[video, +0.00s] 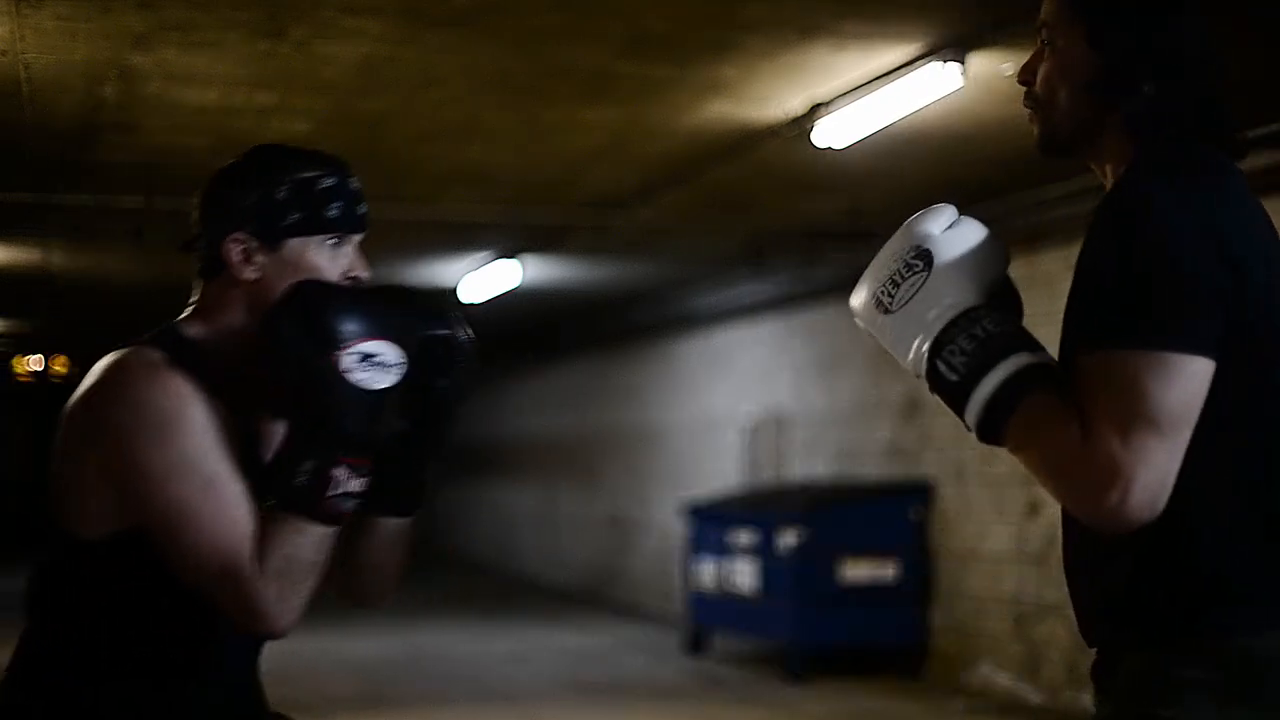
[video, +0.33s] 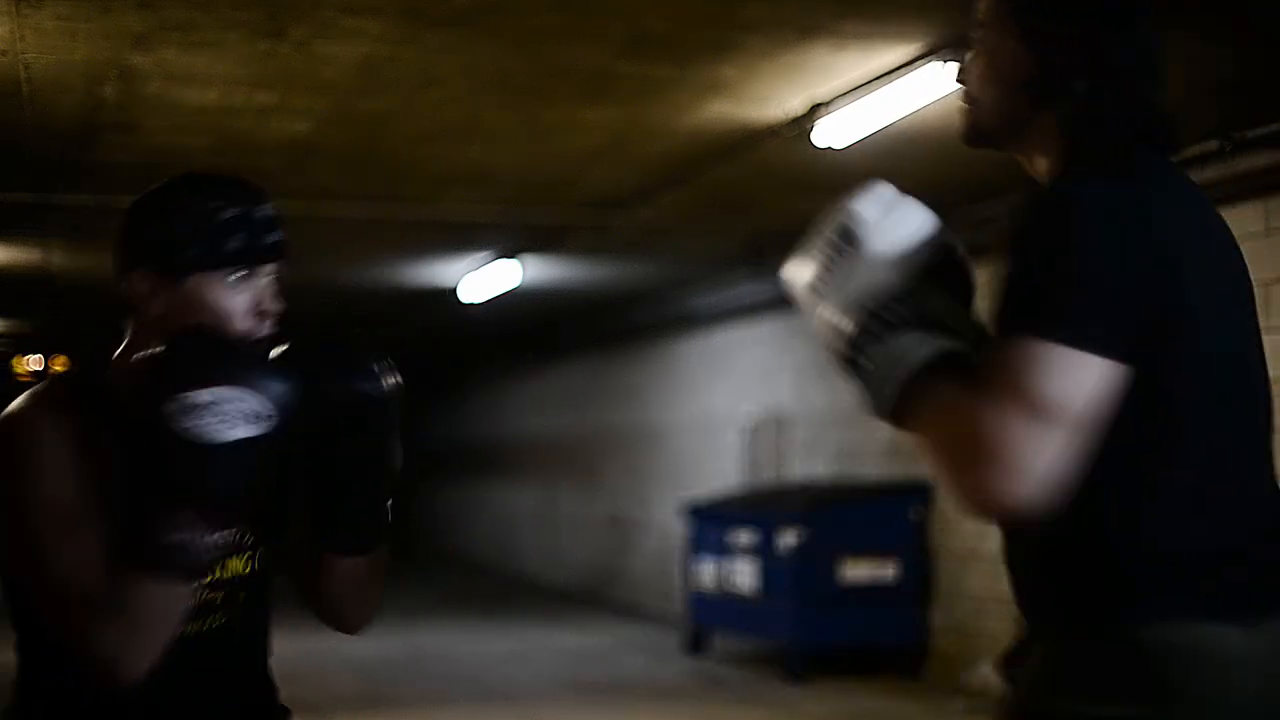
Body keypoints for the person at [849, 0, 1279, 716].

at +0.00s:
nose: (1025, 76)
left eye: (1049, 46)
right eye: (1037, 48)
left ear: (1123, 62)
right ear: (1132, 66)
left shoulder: (1172, 212)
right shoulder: (1193, 204)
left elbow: (1120, 482)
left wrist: (965, 343)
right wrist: (992, 336)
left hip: (1197, 673)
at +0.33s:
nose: (964, 67)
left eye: (985, 43)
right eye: (973, 44)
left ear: (1053, 55)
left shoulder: (1098, 211)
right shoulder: (1160, 201)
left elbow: (1012, 467)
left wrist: (886, 335)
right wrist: (947, 322)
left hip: (1140, 660)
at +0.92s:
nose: (932, 47)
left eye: (953, 20)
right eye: (942, 23)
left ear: (1014, 31)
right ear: (1039, 38)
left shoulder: (1065, 184)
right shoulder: (1112, 178)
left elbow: (1076, 461)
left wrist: (878, 565)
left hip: (1128, 661)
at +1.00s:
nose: (975, 59)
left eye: (994, 32)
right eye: (984, 35)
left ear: (1059, 45)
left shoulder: (1115, 197)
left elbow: (1129, 461)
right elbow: (1098, 449)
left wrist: (949, 501)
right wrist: (943, 467)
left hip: (1170, 662)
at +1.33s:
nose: (1078, 70)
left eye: (1101, 36)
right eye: (1090, 40)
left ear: (1172, 44)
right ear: (1171, 49)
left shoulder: (1222, 189)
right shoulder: (1214, 184)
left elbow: (1191, 461)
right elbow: (1185, 446)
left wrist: (1011, 364)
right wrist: (1030, 353)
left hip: (1225, 661)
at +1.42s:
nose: (1069, 69)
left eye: (1094, 36)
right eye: (1082, 38)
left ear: (1167, 46)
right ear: (1169, 50)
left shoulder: (1212, 190)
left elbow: (1175, 464)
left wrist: (1001, 354)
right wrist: (1026, 341)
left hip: (1207, 662)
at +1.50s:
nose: (1042, 66)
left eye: (1069, 37)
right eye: (1054, 39)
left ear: (1136, 49)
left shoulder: (1168, 197)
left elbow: (1095, 448)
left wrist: (958, 339)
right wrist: (1014, 317)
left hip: (1174, 653)